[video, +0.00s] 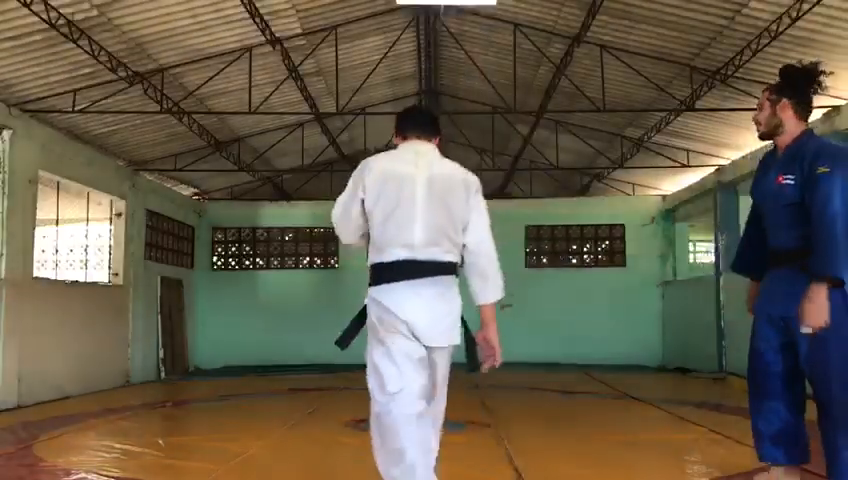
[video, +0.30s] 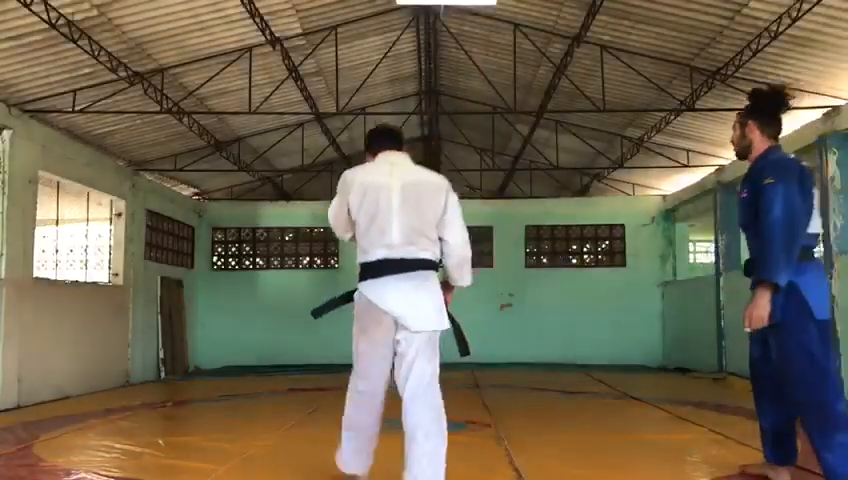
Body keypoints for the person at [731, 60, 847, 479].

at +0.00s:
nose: (756, 110)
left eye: (762, 103)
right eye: (758, 103)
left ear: (784, 107)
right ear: (787, 108)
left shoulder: (825, 154)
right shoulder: (767, 165)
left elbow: (831, 222)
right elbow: (760, 228)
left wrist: (821, 286)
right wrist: (756, 281)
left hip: (821, 282)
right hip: (777, 281)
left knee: (831, 385)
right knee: (771, 375)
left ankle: (838, 469)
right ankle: (782, 466)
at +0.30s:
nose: (734, 136)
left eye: (737, 127)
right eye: (735, 128)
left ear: (753, 129)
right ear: (764, 130)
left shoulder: (778, 168)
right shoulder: (763, 172)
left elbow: (778, 230)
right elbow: (776, 233)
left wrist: (764, 288)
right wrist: (767, 288)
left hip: (795, 284)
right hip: (774, 286)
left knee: (814, 384)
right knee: (770, 381)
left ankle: (837, 468)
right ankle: (778, 465)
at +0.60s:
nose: (705, 152)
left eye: (706, 144)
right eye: (705, 144)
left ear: (718, 142)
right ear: (738, 140)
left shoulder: (728, 180)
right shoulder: (767, 179)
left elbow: (726, 238)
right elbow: (768, 240)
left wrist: (703, 291)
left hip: (744, 284)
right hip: (774, 282)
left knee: (728, 368)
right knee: (768, 369)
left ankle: (786, 446)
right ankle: (777, 455)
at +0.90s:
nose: (666, 171)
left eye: (665, 164)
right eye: (666, 164)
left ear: (672, 163)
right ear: (696, 159)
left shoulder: (680, 194)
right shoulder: (729, 190)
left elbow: (676, 245)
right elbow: (737, 243)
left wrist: (658, 292)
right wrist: (725, 280)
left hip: (697, 295)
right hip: (738, 292)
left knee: (674, 368)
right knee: (753, 376)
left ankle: (663, 443)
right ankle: (773, 457)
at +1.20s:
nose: (620, 182)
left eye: (619, 176)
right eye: (620, 176)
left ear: (623, 175)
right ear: (650, 168)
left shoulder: (628, 202)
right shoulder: (687, 195)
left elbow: (615, 250)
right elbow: (710, 242)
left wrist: (606, 291)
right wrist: (717, 290)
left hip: (648, 299)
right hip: (685, 296)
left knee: (645, 369)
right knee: (684, 361)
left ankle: (659, 446)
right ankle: (705, 413)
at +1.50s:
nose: (595, 192)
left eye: (594, 186)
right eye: (595, 187)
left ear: (600, 186)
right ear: (626, 182)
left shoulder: (598, 213)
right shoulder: (657, 210)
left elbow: (579, 256)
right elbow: (671, 258)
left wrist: (571, 291)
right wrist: (672, 302)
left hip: (619, 302)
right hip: (653, 300)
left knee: (626, 369)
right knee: (642, 366)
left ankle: (660, 439)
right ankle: (625, 429)